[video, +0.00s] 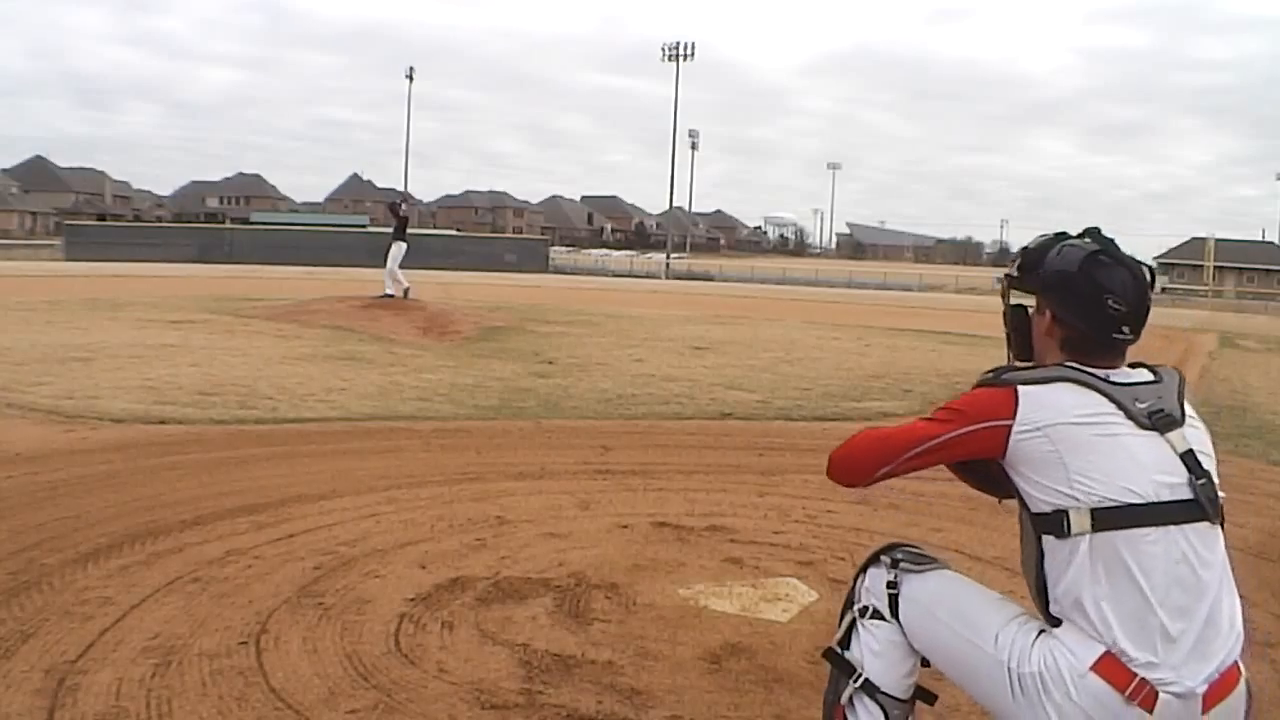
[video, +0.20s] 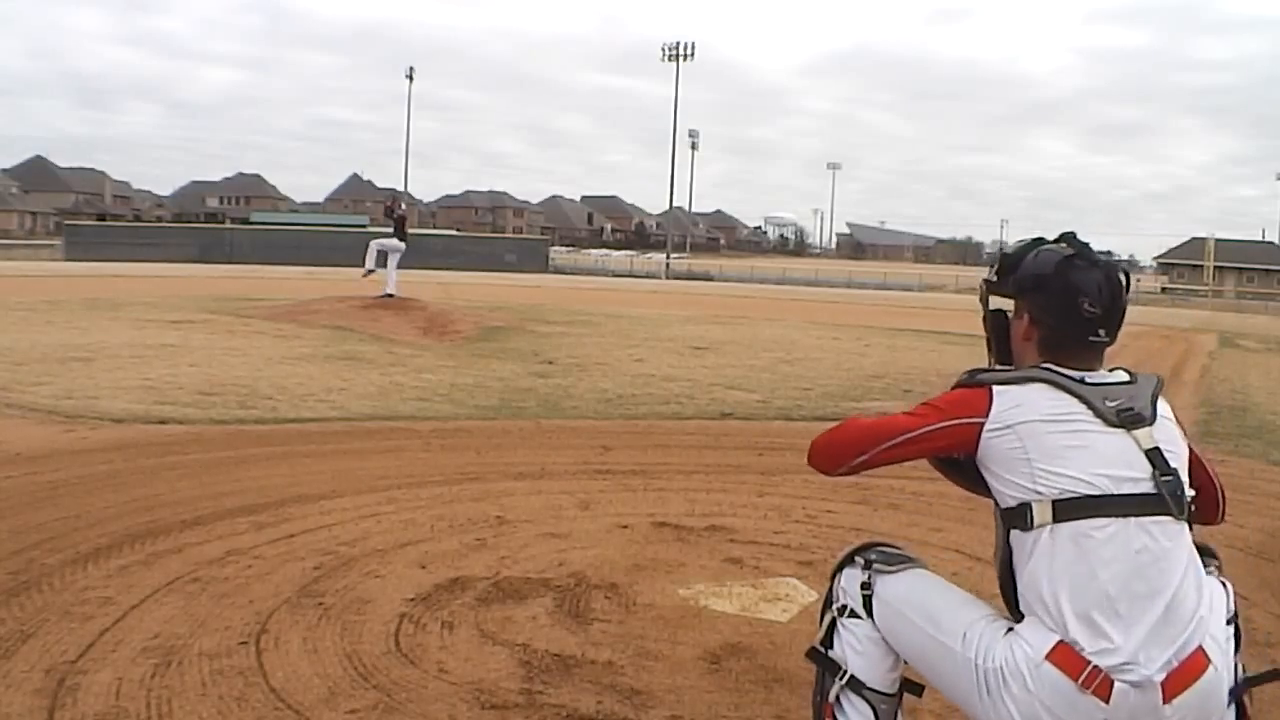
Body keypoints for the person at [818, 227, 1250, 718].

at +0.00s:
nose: (1028, 314)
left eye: (1033, 304)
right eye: (1030, 301)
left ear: (1048, 320)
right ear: (1123, 331)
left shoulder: (1019, 404)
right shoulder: (1172, 396)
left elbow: (846, 464)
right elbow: (1013, 481)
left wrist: (948, 426)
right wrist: (951, 441)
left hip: (1108, 702)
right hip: (1224, 700)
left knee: (889, 577)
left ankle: (868, 707)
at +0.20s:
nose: (1010, 323)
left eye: (1015, 313)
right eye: (1015, 310)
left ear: (1028, 328)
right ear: (1105, 334)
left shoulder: (993, 399)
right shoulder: (1152, 401)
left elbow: (828, 451)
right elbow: (1211, 506)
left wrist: (942, 429)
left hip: (1063, 700)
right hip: (1196, 697)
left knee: (865, 577)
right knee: (1209, 573)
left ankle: (856, 709)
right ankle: (1230, 706)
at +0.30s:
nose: (1009, 345)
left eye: (1012, 334)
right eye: (1011, 332)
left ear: (1026, 348)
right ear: (1102, 352)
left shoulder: (993, 423)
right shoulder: (1149, 422)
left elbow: (826, 471)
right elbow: (1211, 521)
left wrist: (939, 435)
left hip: (1069, 705)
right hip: (1196, 705)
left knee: (875, 578)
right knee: (1199, 573)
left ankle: (861, 709)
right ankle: (1224, 703)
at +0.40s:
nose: (1005, 363)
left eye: (1010, 352)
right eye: (1008, 350)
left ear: (1025, 365)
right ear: (1099, 370)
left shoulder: (998, 442)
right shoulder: (1148, 437)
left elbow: (829, 491)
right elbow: (1218, 533)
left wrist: (948, 448)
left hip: (1074, 707)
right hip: (1198, 707)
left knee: (886, 580)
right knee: (1190, 583)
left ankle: (865, 706)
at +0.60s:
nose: (1007, 383)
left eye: (1011, 371)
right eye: (1009, 369)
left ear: (1028, 386)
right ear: (1104, 386)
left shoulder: (1003, 464)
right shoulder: (1158, 458)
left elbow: (833, 512)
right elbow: (1253, 538)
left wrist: (957, 523)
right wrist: (1142, 513)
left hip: (1078, 711)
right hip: (1199, 710)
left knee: (895, 585)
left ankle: (869, 709)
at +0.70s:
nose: (1005, 385)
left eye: (1009, 372)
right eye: (1007, 371)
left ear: (1026, 387)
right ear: (1100, 386)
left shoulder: (998, 465)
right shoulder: (1160, 464)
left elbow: (837, 517)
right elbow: (1262, 549)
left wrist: (927, 521)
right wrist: (1151, 550)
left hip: (1067, 712)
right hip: (1193, 711)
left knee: (893, 585)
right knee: (1058, 578)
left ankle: (869, 709)